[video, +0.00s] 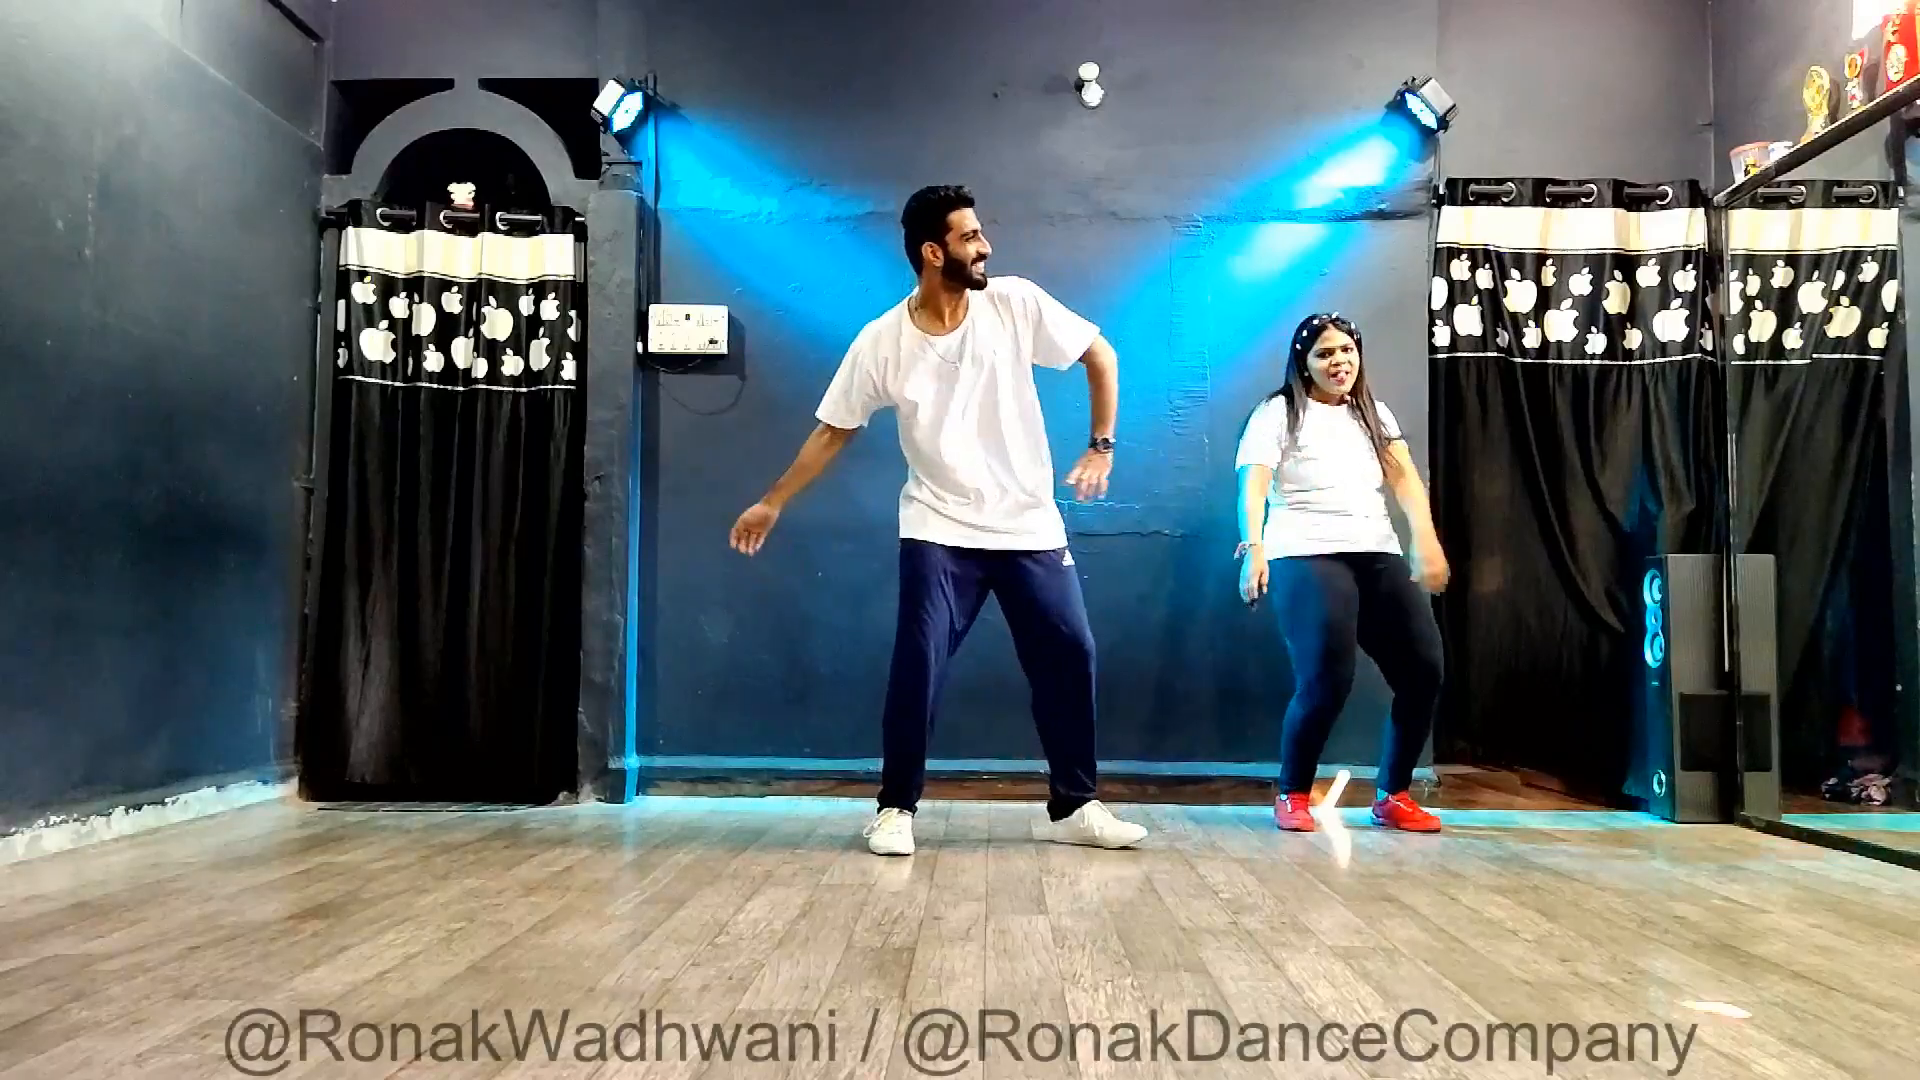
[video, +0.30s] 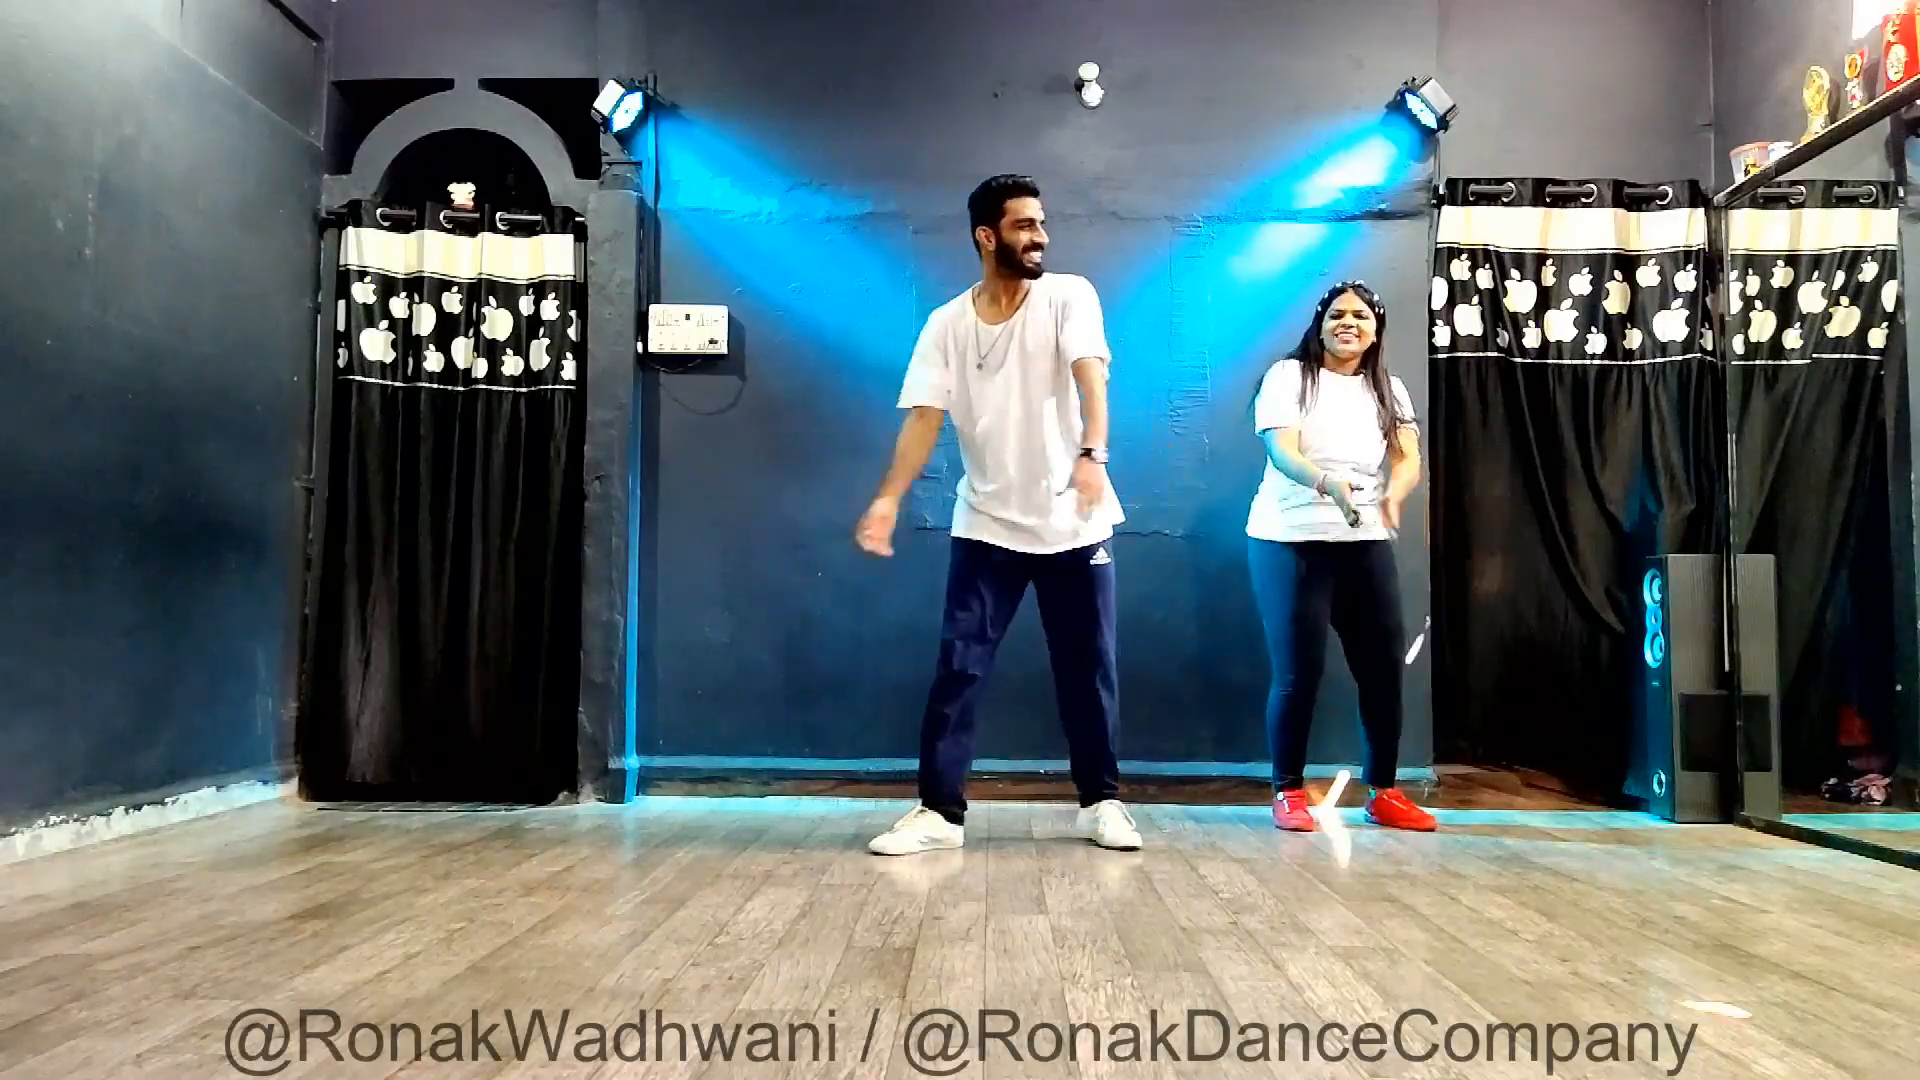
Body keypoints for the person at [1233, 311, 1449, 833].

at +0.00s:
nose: (1338, 361)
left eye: (1346, 350)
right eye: (1324, 354)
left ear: (1358, 355)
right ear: (1303, 362)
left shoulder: (1372, 412)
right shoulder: (1277, 413)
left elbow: (1405, 476)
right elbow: (1255, 483)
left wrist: (1426, 538)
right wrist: (1254, 547)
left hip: (1378, 553)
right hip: (1306, 552)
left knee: (1422, 669)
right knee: (1326, 674)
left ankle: (1392, 796)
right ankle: (1293, 795)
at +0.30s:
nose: (1348, 323)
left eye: (1360, 317)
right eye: (1338, 315)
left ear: (1375, 330)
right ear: (1321, 325)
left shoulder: (1387, 387)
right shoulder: (1289, 375)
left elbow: (1410, 458)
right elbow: (1281, 450)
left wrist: (1392, 496)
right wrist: (1325, 480)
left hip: (1364, 544)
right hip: (1289, 540)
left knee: (1382, 668)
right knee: (1297, 672)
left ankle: (1382, 792)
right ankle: (1288, 791)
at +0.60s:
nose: (1367, 326)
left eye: (1379, 319)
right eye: (1357, 319)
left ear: (1398, 333)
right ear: (1343, 329)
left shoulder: (1408, 386)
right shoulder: (1299, 373)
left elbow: (1392, 438)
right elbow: (1221, 400)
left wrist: (1304, 429)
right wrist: (1181, 378)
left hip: (1378, 544)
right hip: (1298, 538)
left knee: (1386, 675)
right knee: (1302, 671)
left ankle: (1381, 792)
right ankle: (1289, 793)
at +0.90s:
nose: (1291, 348)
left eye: (1301, 337)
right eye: (1279, 341)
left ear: (1322, 339)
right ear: (1265, 349)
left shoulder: (1356, 382)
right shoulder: (1273, 397)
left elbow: (1410, 460)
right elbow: (1252, 413)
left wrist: (1401, 546)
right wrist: (1195, 401)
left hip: (1380, 547)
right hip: (1304, 544)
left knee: (1390, 677)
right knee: (1293, 655)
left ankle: (1399, 790)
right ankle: (1293, 784)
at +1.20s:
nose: (1289, 301)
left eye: (1298, 292)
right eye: (1276, 296)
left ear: (1315, 302)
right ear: (1260, 312)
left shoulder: (1347, 346)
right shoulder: (1253, 380)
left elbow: (1396, 377)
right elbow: (1270, 455)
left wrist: (1449, 415)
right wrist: (1283, 520)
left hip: (1372, 520)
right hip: (1301, 540)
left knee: (1468, 538)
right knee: (1294, 680)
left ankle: (1427, 667)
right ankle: (1288, 794)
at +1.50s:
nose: (1354, 286)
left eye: (1354, 282)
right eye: (1340, 281)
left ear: (1352, 305)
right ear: (1311, 300)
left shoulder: (1367, 364)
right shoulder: (1306, 349)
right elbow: (1369, 282)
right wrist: (1413, 208)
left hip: (1381, 541)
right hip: (1307, 542)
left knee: (1499, 507)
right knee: (1306, 668)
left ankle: (1466, 642)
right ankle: (1264, 816)